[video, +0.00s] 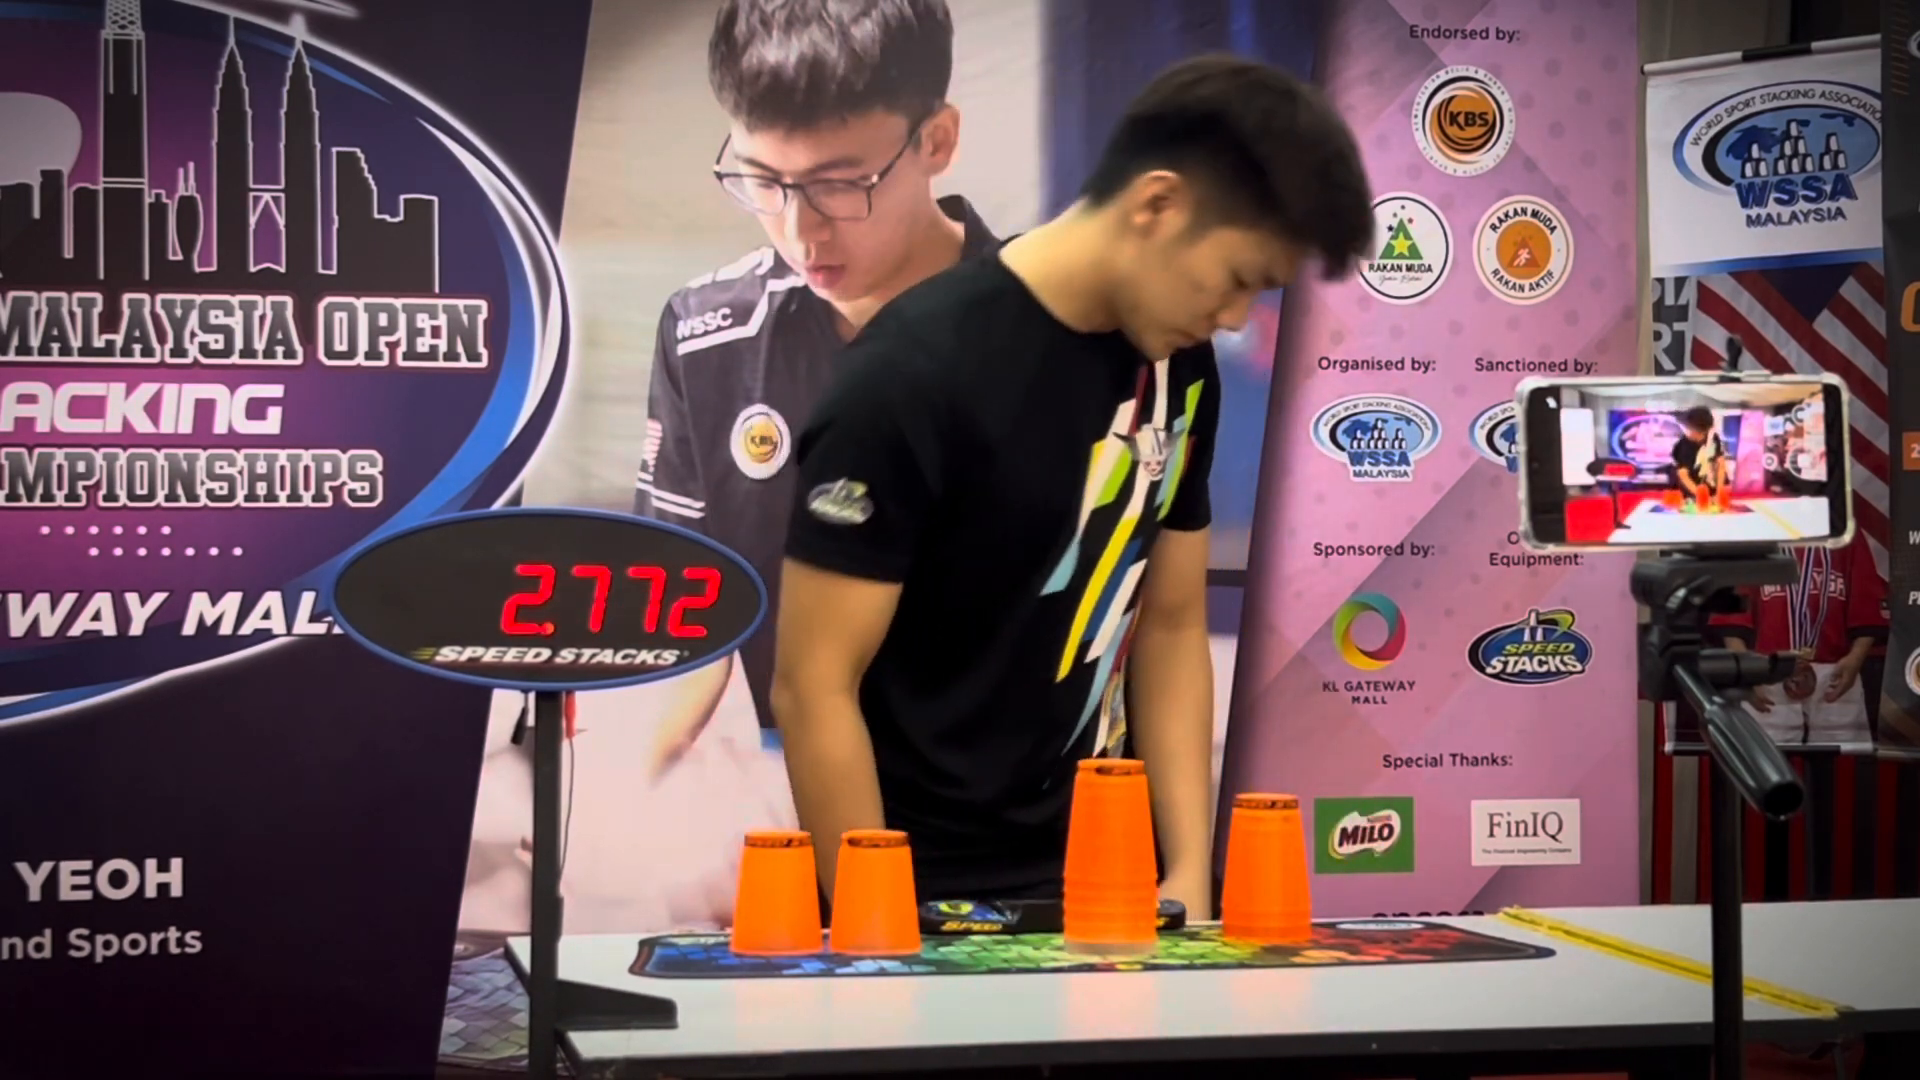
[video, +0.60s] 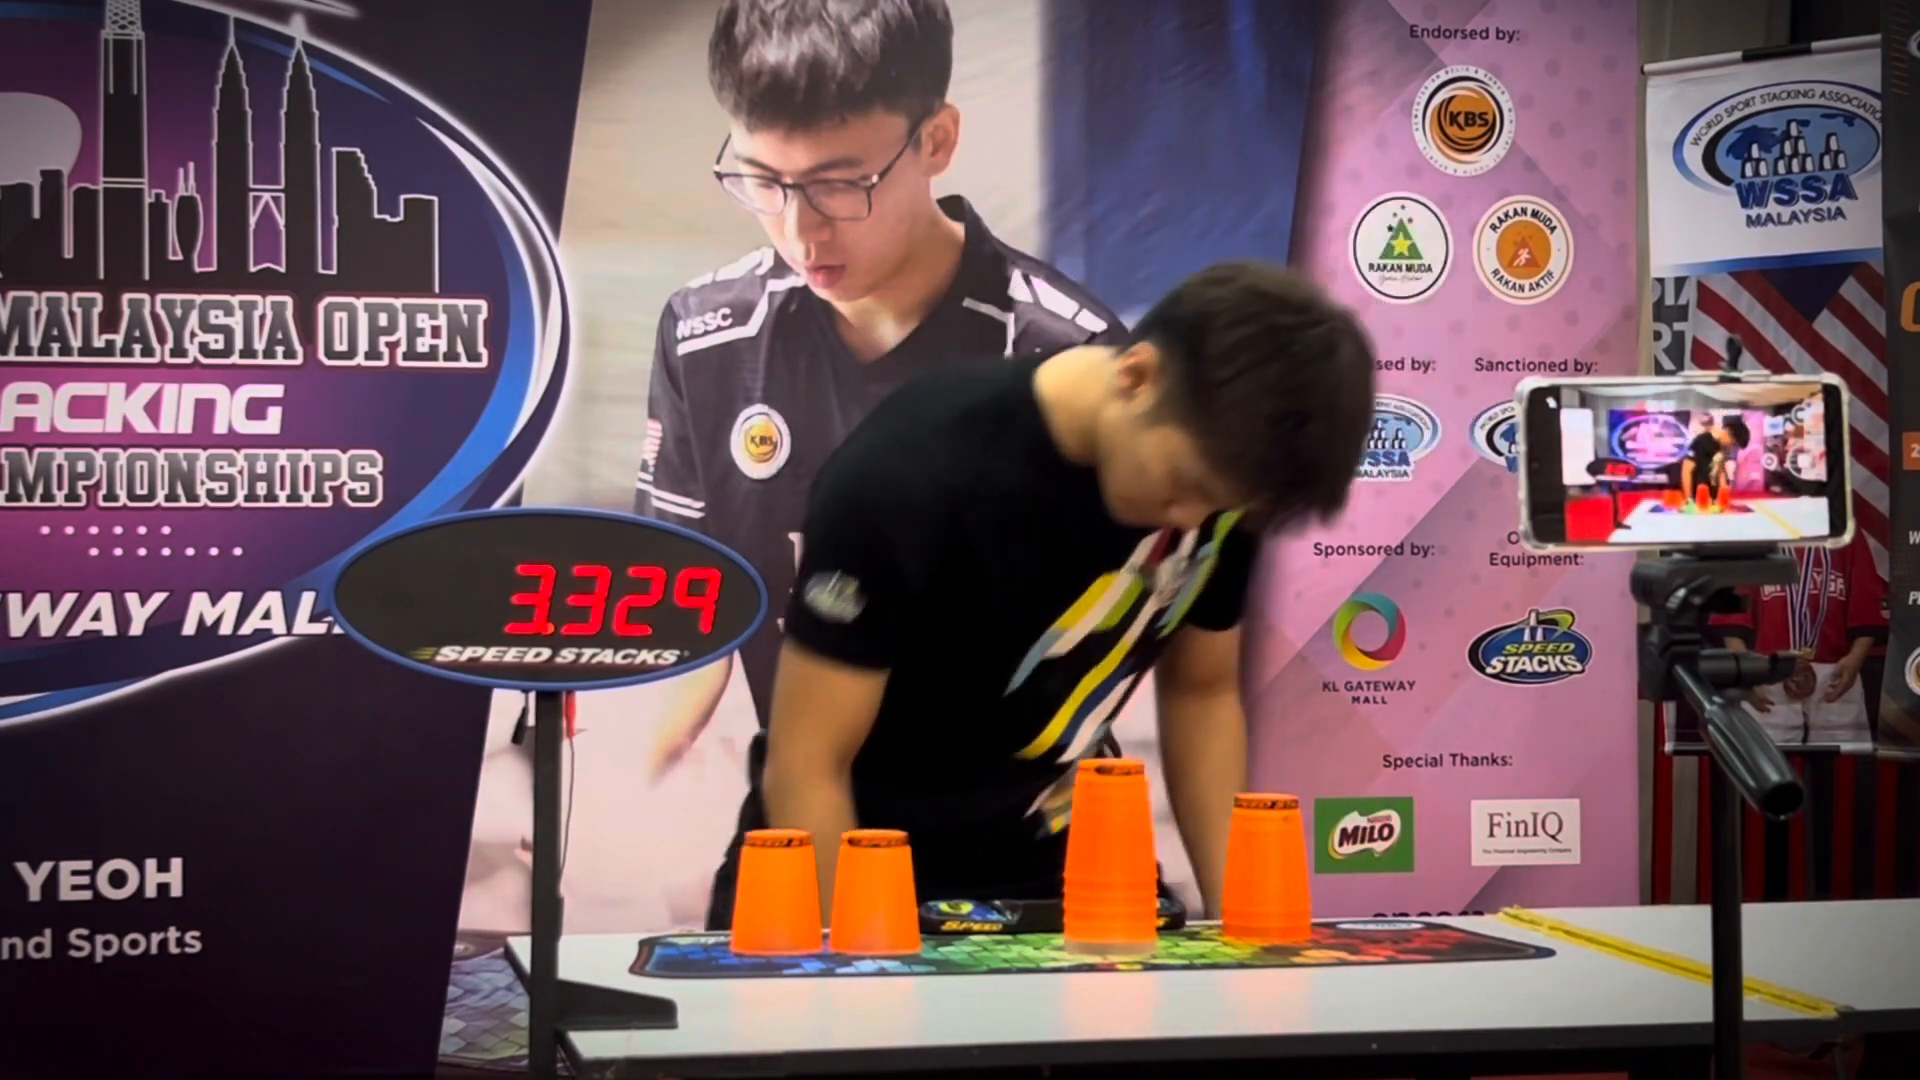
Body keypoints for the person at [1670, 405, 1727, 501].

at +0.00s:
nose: (1700, 436)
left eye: (1703, 432)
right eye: (1696, 432)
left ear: (1708, 430)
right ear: (1688, 428)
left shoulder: (1713, 439)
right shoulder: (1682, 446)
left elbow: (1720, 463)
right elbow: (1682, 473)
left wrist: (1719, 490)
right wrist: (1697, 492)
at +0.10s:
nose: (1710, 433)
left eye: (1713, 429)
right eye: (1708, 428)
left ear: (1716, 428)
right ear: (1699, 424)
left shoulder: (1716, 441)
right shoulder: (1686, 441)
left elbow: (1719, 466)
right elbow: (1680, 471)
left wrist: (1717, 492)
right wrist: (1691, 496)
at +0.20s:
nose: (1718, 431)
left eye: (1720, 427)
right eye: (1717, 426)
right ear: (1708, 420)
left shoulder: (1717, 441)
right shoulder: (1689, 439)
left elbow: (1719, 466)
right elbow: (1679, 470)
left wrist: (1717, 492)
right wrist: (1687, 497)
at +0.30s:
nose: (1724, 434)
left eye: (1726, 430)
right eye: (1724, 428)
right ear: (1715, 420)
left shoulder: (1717, 442)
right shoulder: (1693, 438)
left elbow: (1718, 466)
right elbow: (1680, 468)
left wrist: (1720, 490)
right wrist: (1685, 497)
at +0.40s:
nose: (1727, 439)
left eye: (1730, 436)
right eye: (1729, 434)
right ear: (1723, 425)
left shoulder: (1718, 443)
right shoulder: (1696, 440)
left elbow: (1718, 468)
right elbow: (1683, 470)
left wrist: (1721, 492)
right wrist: (1687, 497)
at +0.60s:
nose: (1730, 445)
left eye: (1733, 443)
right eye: (1732, 441)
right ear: (1727, 432)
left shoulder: (1718, 446)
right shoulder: (1701, 441)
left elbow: (1720, 469)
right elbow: (1687, 467)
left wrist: (1723, 489)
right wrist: (1688, 497)